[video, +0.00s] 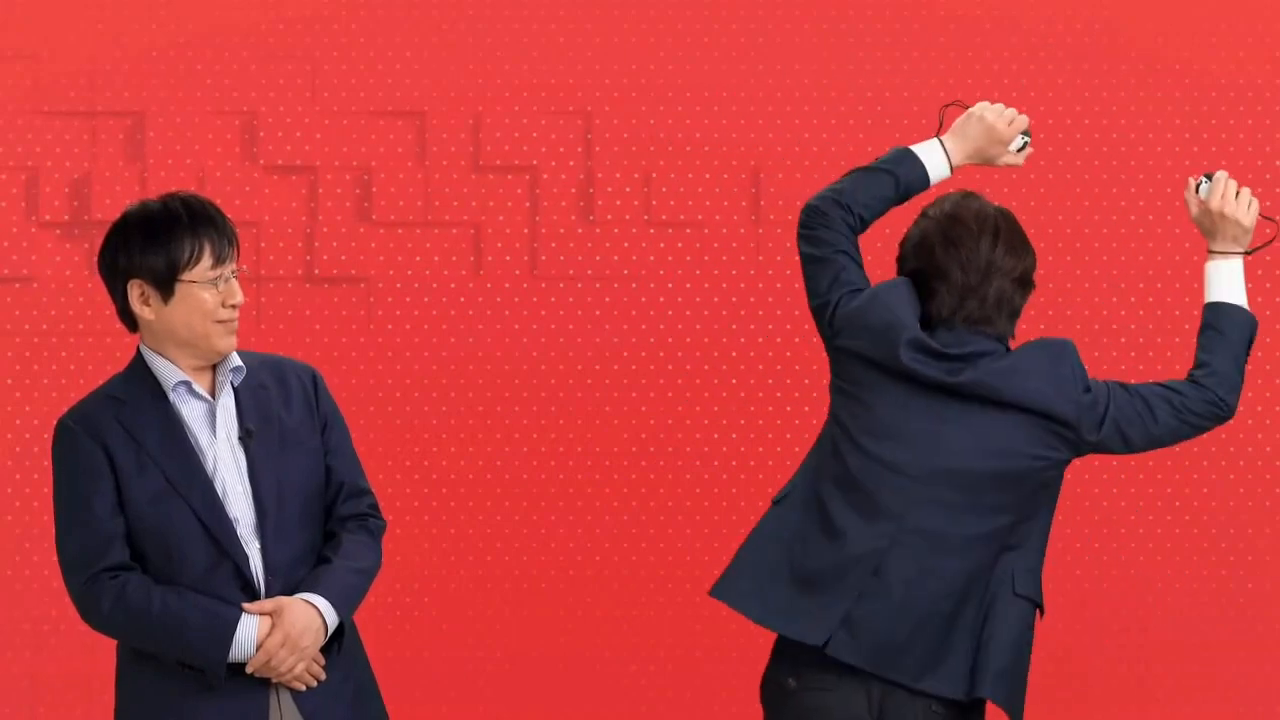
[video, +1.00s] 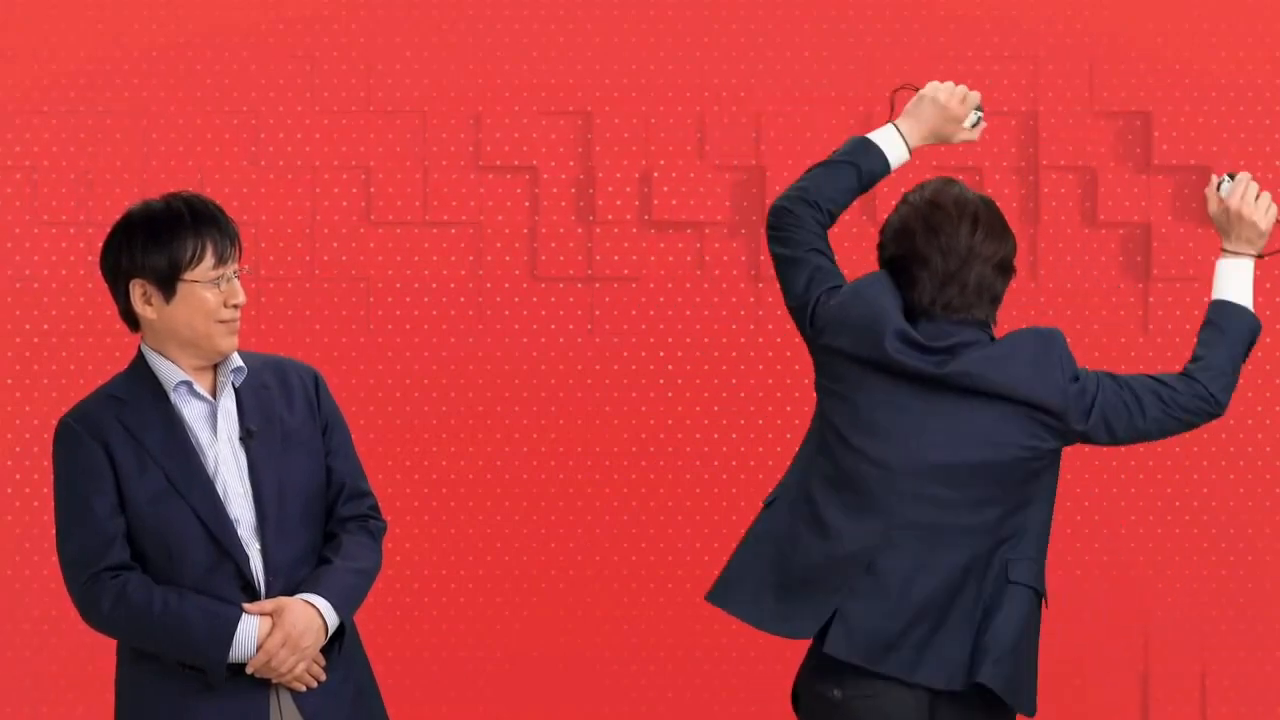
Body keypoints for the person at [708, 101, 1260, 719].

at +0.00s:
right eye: (1023, 284)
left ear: (911, 276)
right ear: (1019, 296)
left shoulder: (864, 341)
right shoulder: (1055, 401)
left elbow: (827, 217)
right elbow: (1212, 395)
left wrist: (949, 148)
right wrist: (1228, 255)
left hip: (813, 671)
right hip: (938, 693)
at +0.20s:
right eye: (996, 250)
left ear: (888, 260)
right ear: (994, 262)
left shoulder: (841, 333)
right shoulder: (1046, 349)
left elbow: (742, 232)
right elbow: (1171, 280)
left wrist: (832, 124)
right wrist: (1135, 148)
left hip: (864, 663)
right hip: (995, 668)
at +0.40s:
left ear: (877, 269)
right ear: (988, 253)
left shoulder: (834, 369)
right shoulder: (1034, 326)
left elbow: (676, 329)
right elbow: (1077, 192)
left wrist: (694, 188)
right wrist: (968, 104)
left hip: (906, 683)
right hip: (1036, 670)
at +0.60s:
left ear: (883, 264)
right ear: (992, 247)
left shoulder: (841, 357)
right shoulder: (1043, 326)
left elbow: (682, 320)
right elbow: (1092, 198)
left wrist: (691, 183)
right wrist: (980, 114)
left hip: (899, 679)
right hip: (1029, 668)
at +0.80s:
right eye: (1006, 246)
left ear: (891, 249)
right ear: (1004, 258)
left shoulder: (845, 322)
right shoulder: (1051, 354)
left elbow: (755, 213)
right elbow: (1194, 301)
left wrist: (838, 106)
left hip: (860, 663)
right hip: (989, 672)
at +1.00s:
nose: (1010, 280)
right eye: (1007, 268)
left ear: (889, 264)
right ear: (998, 279)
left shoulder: (845, 336)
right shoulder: (1040, 384)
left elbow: (794, 218)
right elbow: (1202, 393)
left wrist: (904, 132)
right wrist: (1240, 257)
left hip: (848, 678)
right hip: (973, 694)